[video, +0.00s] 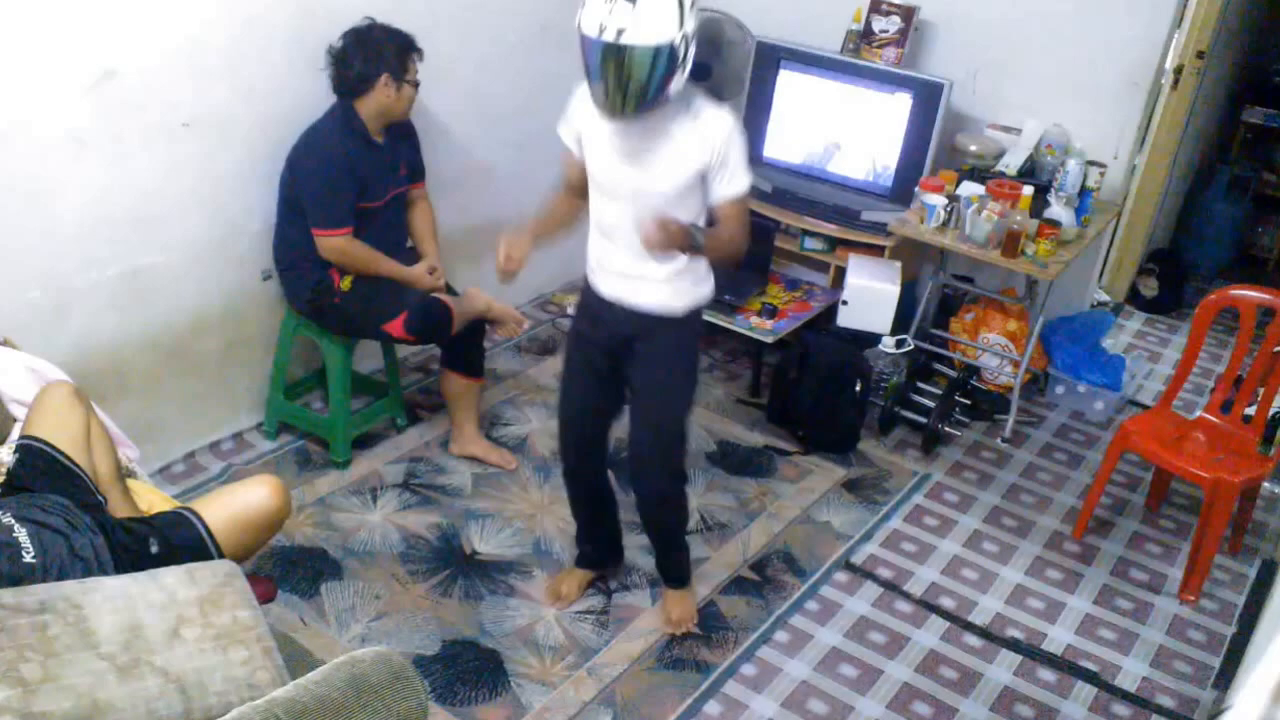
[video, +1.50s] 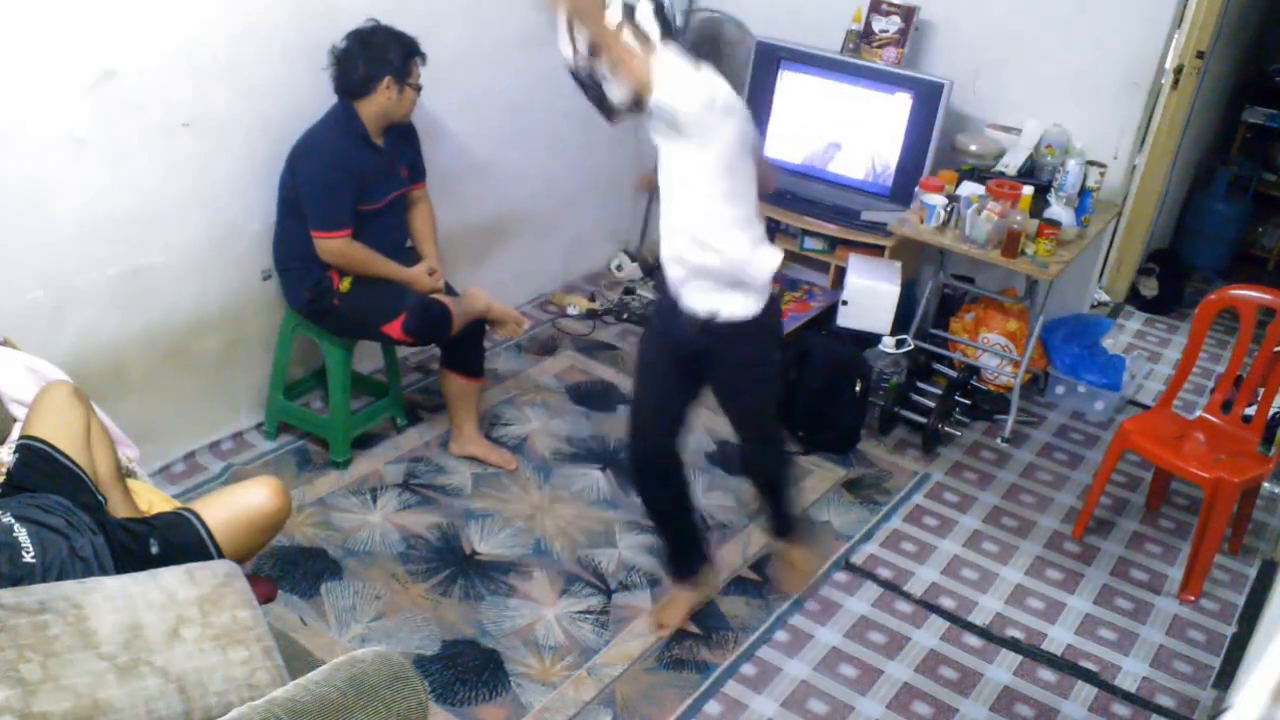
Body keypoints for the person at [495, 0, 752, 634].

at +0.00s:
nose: (616, 77)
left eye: (635, 63)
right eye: (605, 59)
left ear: (674, 58)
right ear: (593, 49)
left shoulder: (714, 127)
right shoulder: (589, 104)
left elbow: (735, 238)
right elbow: (574, 191)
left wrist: (690, 237)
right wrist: (528, 235)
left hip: (670, 319)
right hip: (599, 304)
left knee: (652, 462)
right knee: (579, 446)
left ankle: (676, 579)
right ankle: (596, 558)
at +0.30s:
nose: (591, 51)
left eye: (598, 36)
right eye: (587, 41)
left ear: (643, 29)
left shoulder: (697, 96)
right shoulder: (633, 85)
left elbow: (613, 189)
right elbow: (620, 135)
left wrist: (578, 100)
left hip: (710, 302)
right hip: (647, 290)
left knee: (723, 437)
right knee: (617, 431)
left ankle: (752, 548)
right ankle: (662, 543)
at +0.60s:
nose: (666, 90)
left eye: (680, 82)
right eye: (659, 77)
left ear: (707, 70)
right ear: (648, 58)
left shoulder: (742, 126)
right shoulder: (641, 61)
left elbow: (751, 247)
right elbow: (581, 5)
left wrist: (743, 328)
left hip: (703, 295)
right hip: (644, 285)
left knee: (725, 429)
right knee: (675, 424)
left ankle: (767, 571)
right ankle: (686, 532)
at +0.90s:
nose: (712, 114)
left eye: (731, 100)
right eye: (698, 96)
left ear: (759, 89)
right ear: (671, 73)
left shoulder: (773, 131)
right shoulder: (642, 104)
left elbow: (886, 99)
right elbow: (578, 97)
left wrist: (864, 13)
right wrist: (578, 42)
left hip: (699, 328)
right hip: (635, 311)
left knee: (684, 464)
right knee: (643, 419)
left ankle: (698, 587)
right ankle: (664, 484)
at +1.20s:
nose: (627, 86)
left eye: (638, 68)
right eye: (617, 73)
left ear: (679, 61)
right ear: (614, 74)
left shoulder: (730, 114)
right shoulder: (638, 143)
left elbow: (718, 22)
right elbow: (610, 232)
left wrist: (695, 9)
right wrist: (555, 308)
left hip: (693, 336)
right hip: (624, 316)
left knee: (656, 444)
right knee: (568, 440)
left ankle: (643, 497)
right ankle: (556, 551)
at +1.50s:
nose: (624, 69)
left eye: (630, 57)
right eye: (618, 60)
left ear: (664, 53)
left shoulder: (712, 100)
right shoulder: (672, 110)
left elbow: (617, 50)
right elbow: (755, 181)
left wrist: (587, 15)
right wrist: (667, 180)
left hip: (741, 314)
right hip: (679, 305)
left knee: (760, 441)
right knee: (650, 448)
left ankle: (791, 535)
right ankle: (692, 571)